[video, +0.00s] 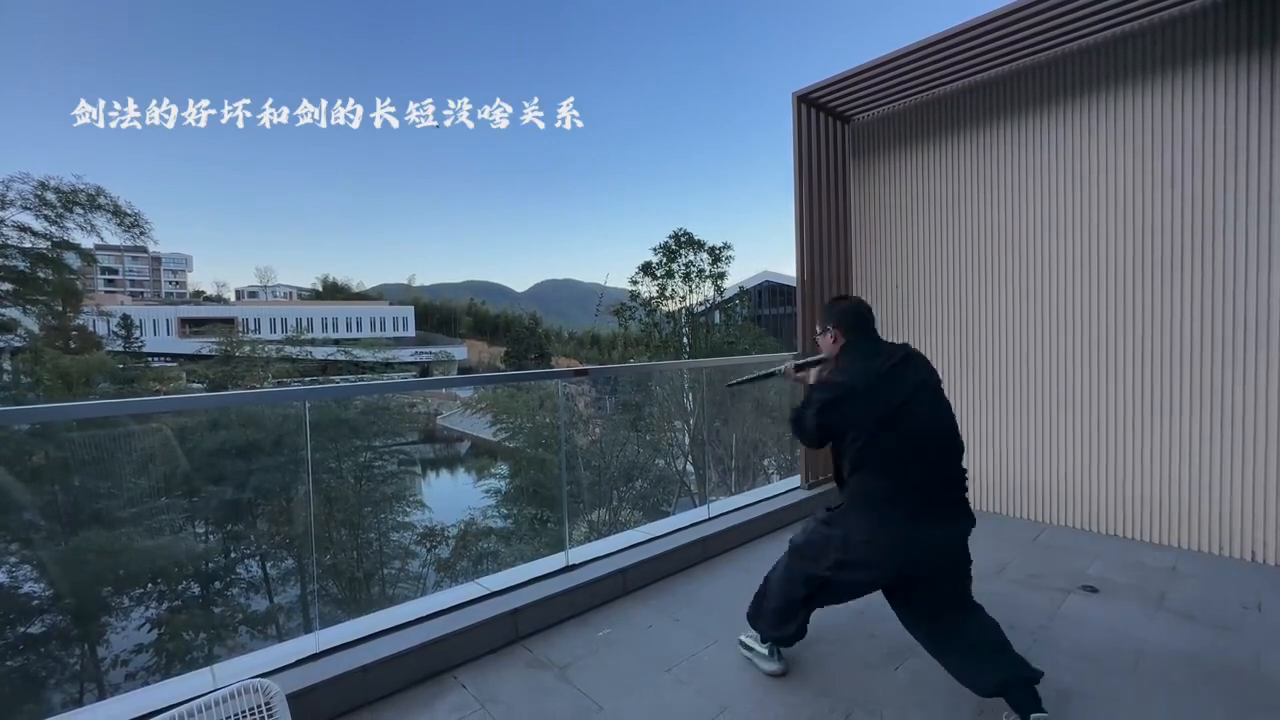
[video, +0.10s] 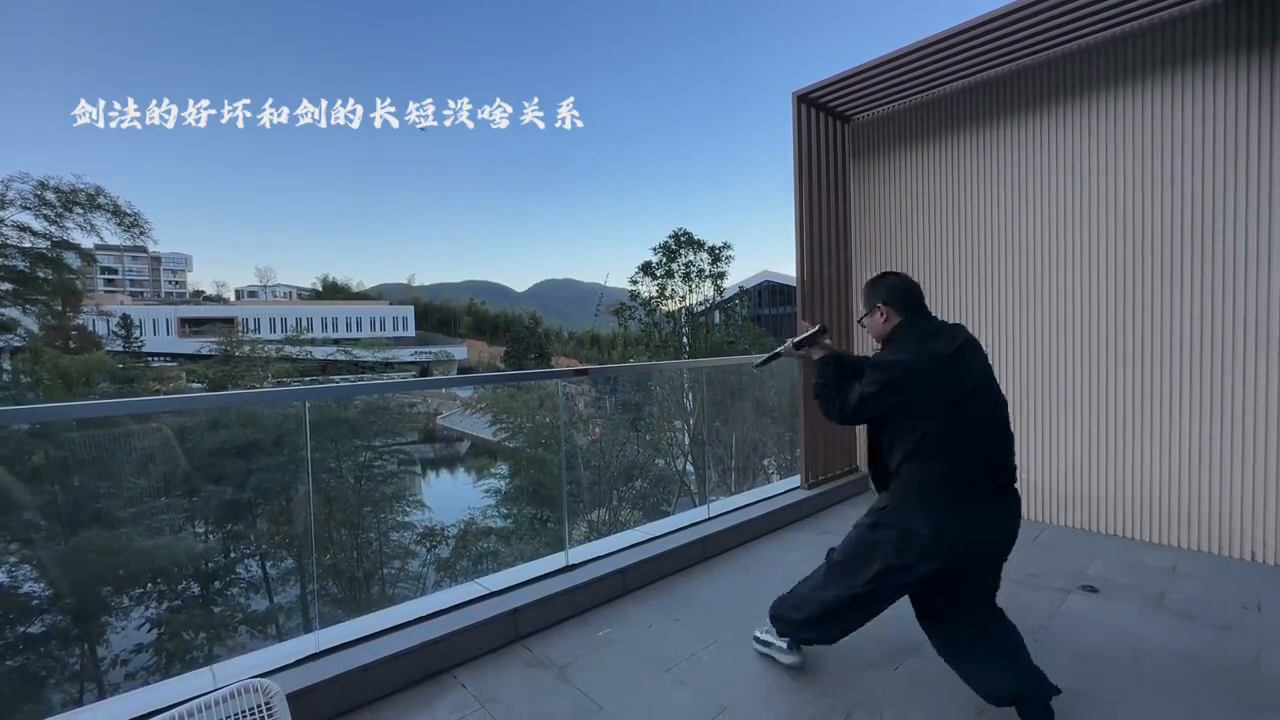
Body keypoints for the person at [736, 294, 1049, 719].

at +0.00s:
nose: (818, 343)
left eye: (820, 335)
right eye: (818, 336)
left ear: (837, 337)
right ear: (871, 332)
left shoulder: (845, 377)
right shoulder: (915, 363)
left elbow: (812, 432)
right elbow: (877, 399)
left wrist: (811, 387)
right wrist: (823, 379)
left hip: (879, 522)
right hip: (944, 521)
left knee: (805, 559)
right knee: (953, 613)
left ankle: (768, 639)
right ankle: (1029, 706)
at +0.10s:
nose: (865, 328)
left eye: (866, 319)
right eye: (864, 320)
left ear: (885, 315)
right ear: (918, 309)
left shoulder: (901, 362)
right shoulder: (962, 345)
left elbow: (844, 403)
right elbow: (885, 372)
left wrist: (822, 361)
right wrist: (829, 356)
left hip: (928, 509)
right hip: (992, 509)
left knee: (851, 568)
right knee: (965, 610)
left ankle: (786, 631)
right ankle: (1034, 700)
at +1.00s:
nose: (865, 276)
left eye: (866, 268)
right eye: (865, 267)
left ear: (885, 265)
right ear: (920, 262)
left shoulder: (877, 311)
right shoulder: (963, 301)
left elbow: (824, 364)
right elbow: (916, 328)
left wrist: (833, 328)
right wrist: (855, 313)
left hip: (886, 465)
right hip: (956, 471)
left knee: (801, 488)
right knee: (969, 587)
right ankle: (1024, 703)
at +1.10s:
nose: (837, 286)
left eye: (841, 279)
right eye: (839, 279)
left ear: (855, 284)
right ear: (891, 287)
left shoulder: (827, 341)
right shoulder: (926, 329)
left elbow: (806, 395)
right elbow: (949, 334)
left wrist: (850, 399)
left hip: (835, 490)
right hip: (909, 492)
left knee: (793, 556)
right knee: (953, 592)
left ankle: (767, 640)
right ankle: (1017, 697)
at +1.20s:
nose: (810, 301)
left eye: (814, 296)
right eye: (814, 294)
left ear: (824, 300)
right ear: (860, 302)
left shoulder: (795, 349)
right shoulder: (888, 351)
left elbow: (815, 393)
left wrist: (876, 361)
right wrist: (903, 370)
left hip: (800, 495)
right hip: (872, 499)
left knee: (777, 568)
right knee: (926, 595)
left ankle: (764, 643)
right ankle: (992, 702)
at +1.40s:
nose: (801, 304)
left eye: (805, 297)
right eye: (802, 297)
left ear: (818, 301)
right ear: (849, 304)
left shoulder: (803, 337)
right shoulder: (867, 354)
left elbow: (755, 333)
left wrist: (769, 321)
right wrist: (805, 326)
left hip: (805, 495)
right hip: (865, 496)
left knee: (767, 557)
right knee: (901, 604)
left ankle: (764, 640)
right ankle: (983, 703)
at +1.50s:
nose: (802, 304)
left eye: (806, 296)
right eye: (803, 297)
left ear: (821, 300)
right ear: (846, 303)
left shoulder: (830, 335)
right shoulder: (850, 344)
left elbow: (763, 320)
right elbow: (784, 391)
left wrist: (770, 296)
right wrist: (763, 349)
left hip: (823, 495)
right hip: (873, 497)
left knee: (768, 543)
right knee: (901, 609)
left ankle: (764, 639)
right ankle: (988, 700)